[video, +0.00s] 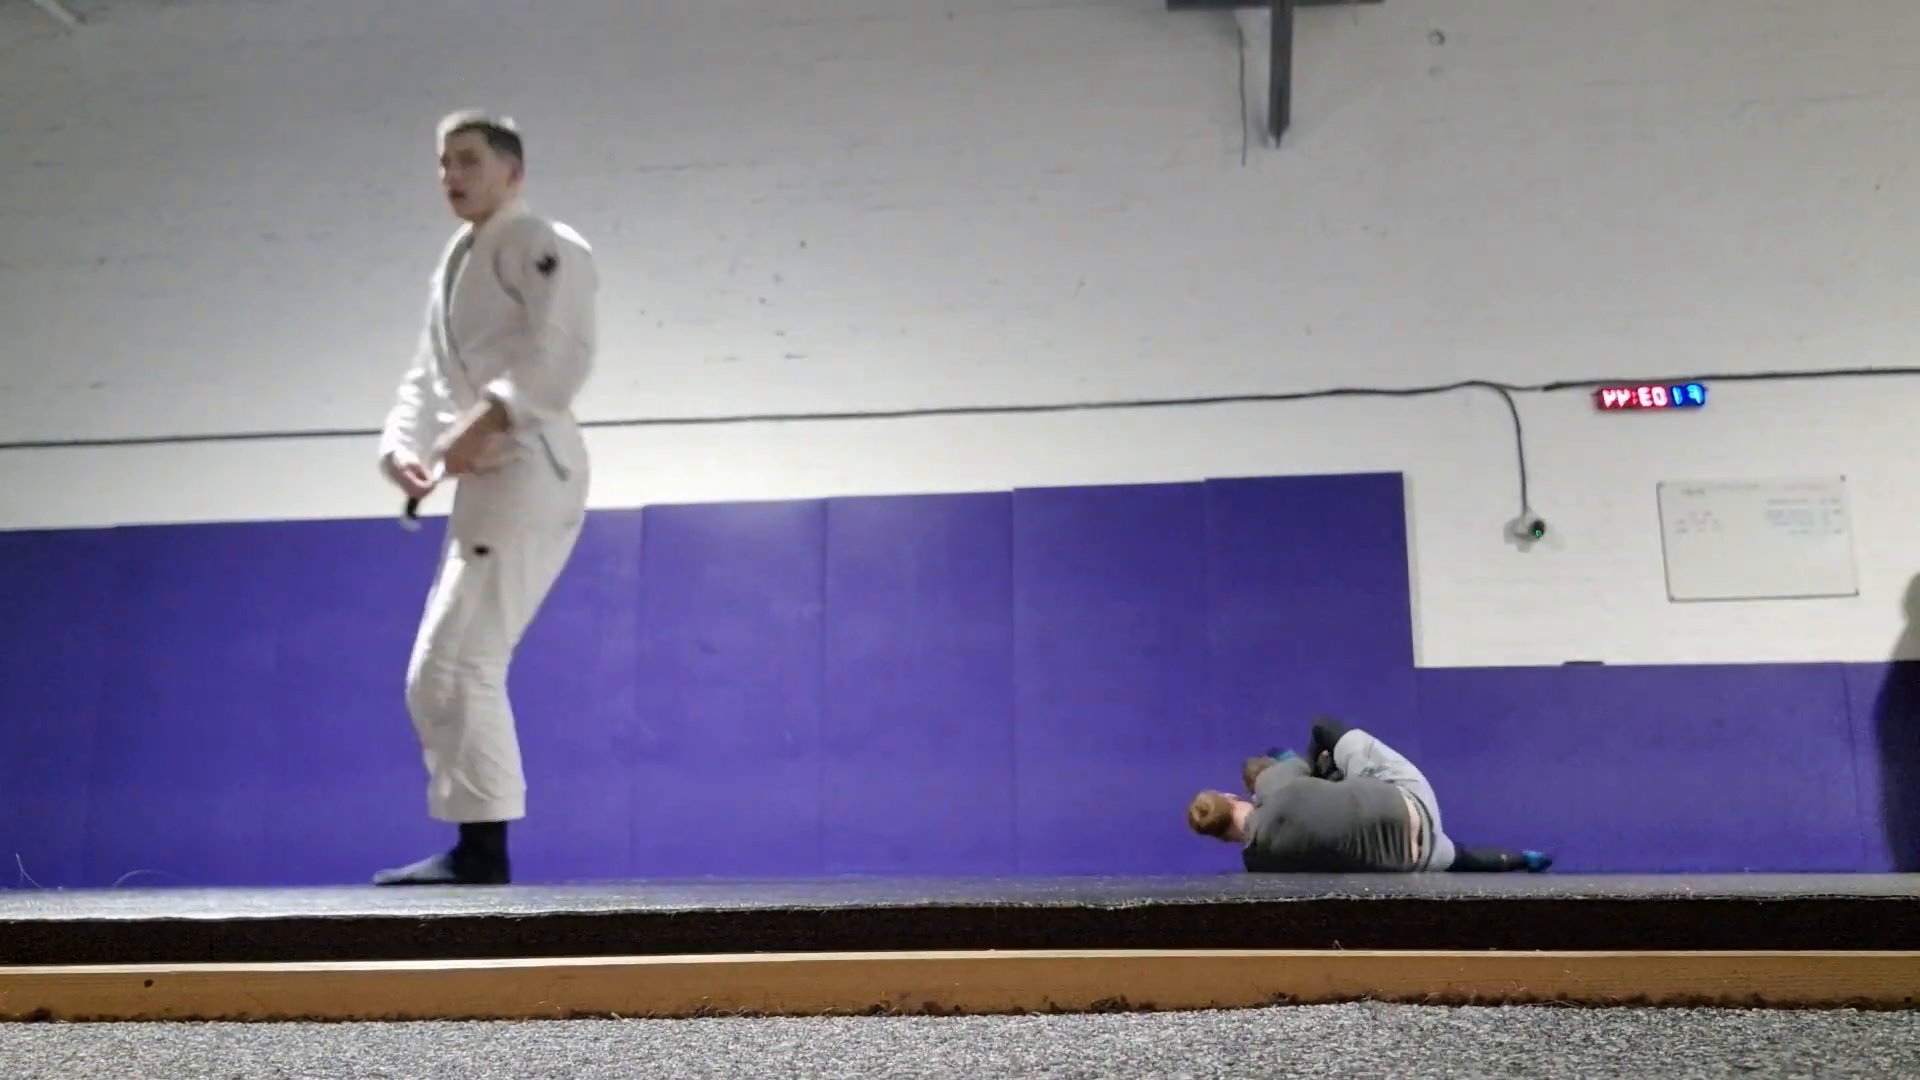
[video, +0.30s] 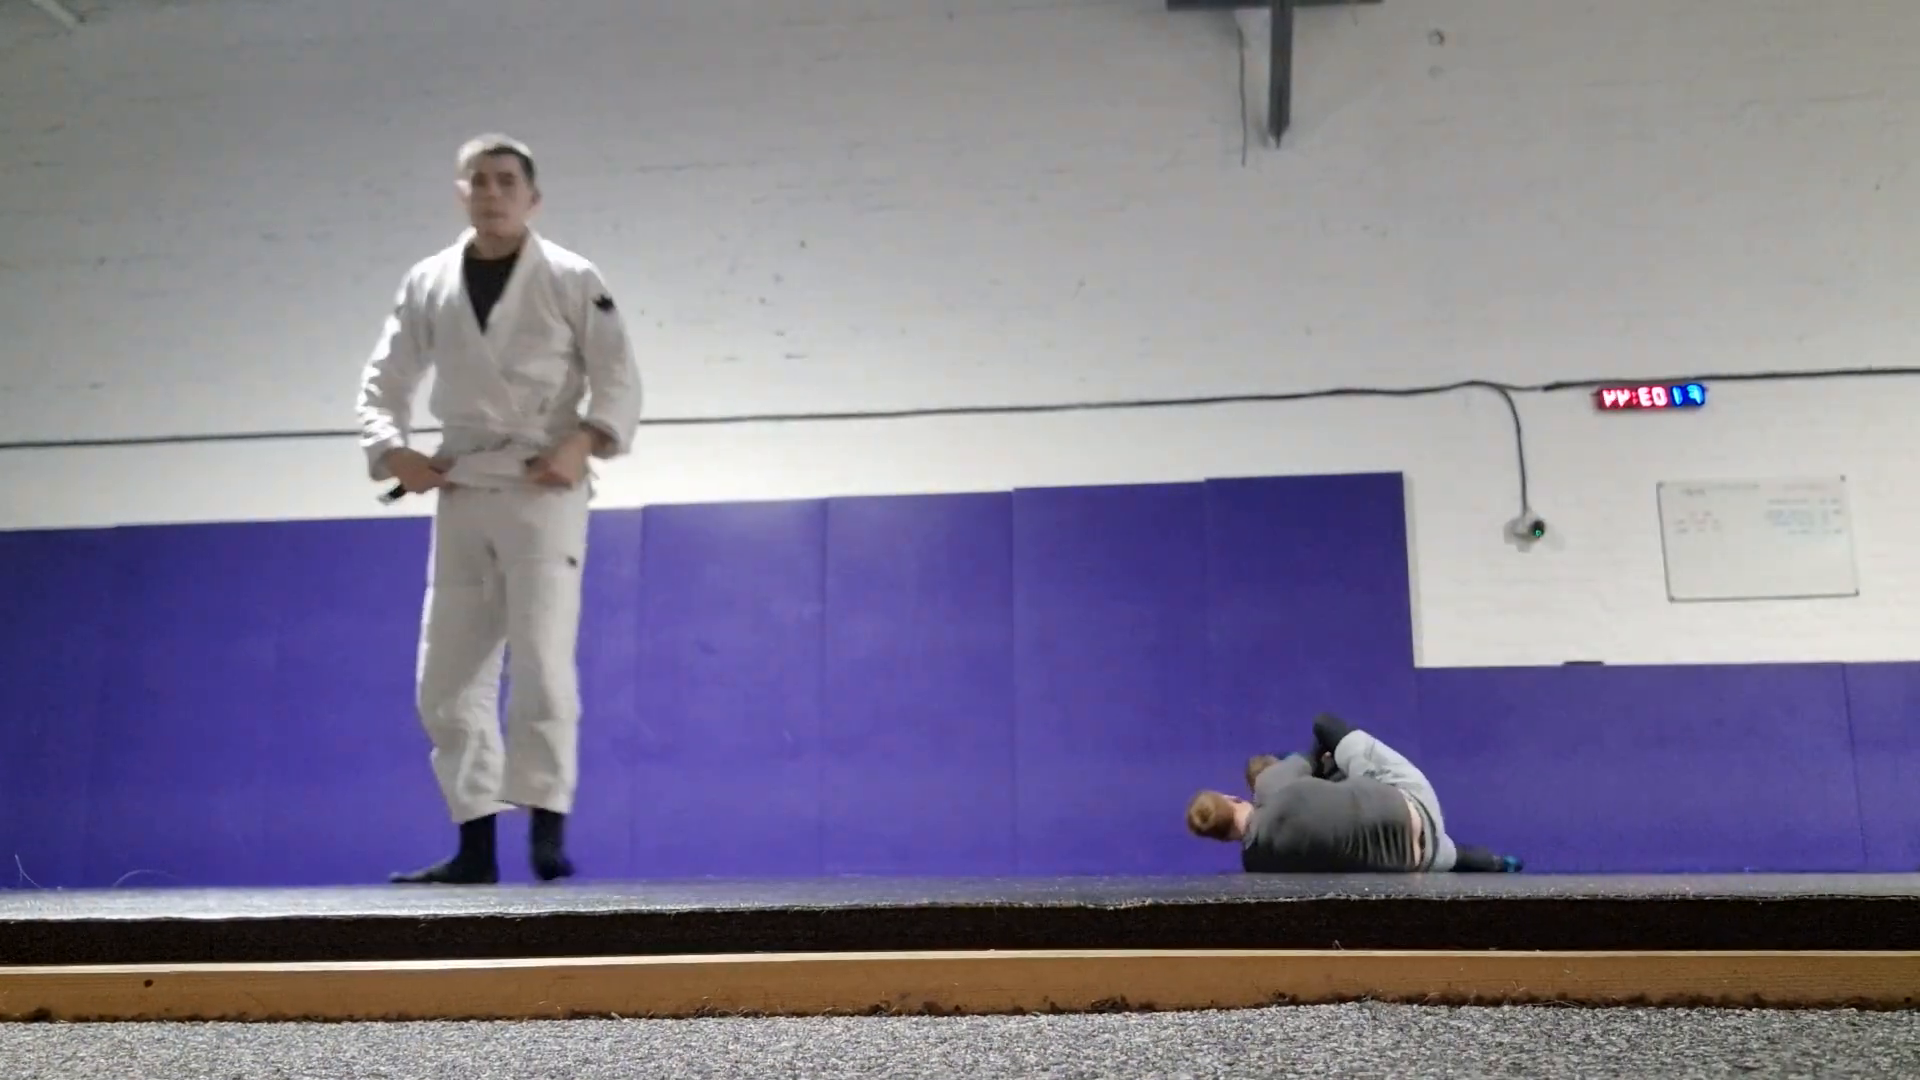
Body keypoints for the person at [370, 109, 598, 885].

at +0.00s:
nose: (451, 175)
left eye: (466, 162)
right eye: (445, 164)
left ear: (511, 170)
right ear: (442, 176)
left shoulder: (547, 244)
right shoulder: (456, 263)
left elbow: (566, 354)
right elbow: (427, 376)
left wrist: (488, 417)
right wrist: (401, 442)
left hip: (533, 476)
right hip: (487, 480)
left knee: (460, 661)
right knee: (440, 667)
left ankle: (483, 852)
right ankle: (475, 848)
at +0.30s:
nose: (490, 194)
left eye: (505, 182)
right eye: (478, 182)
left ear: (533, 196)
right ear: (461, 195)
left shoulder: (571, 281)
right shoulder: (427, 285)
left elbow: (621, 384)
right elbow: (380, 390)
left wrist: (582, 444)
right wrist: (394, 451)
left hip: (545, 495)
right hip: (461, 495)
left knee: (543, 667)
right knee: (448, 677)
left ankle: (548, 840)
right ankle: (476, 848)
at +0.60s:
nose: (553, 207)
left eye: (567, 197)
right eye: (541, 192)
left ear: (584, 213)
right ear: (513, 197)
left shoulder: (608, 300)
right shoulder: (463, 280)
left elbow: (632, 399)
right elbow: (415, 371)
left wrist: (624, 462)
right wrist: (466, 409)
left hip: (576, 507)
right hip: (487, 501)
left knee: (577, 672)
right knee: (469, 671)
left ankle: (568, 848)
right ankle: (475, 851)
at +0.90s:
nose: (578, 230)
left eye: (593, 219)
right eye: (567, 214)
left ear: (610, 226)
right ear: (540, 212)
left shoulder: (630, 309)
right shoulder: (496, 280)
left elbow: (660, 404)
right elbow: (463, 341)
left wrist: (695, 484)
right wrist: (533, 269)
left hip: (600, 499)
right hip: (512, 492)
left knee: (592, 668)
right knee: (481, 665)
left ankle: (569, 845)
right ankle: (481, 848)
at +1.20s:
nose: (597, 234)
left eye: (610, 224)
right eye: (585, 218)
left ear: (623, 230)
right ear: (554, 217)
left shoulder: (638, 313)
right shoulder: (511, 282)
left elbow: (662, 404)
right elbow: (475, 324)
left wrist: (680, 482)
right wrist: (549, 266)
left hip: (608, 505)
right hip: (521, 497)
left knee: (597, 674)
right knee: (488, 668)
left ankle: (569, 848)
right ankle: (481, 850)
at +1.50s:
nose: (595, 236)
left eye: (607, 226)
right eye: (584, 222)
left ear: (622, 231)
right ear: (555, 219)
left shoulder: (640, 312)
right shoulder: (513, 279)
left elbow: (664, 407)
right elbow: (489, 322)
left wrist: (665, 483)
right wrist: (569, 275)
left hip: (608, 506)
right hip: (521, 497)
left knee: (596, 674)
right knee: (487, 667)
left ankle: (570, 846)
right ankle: (481, 851)